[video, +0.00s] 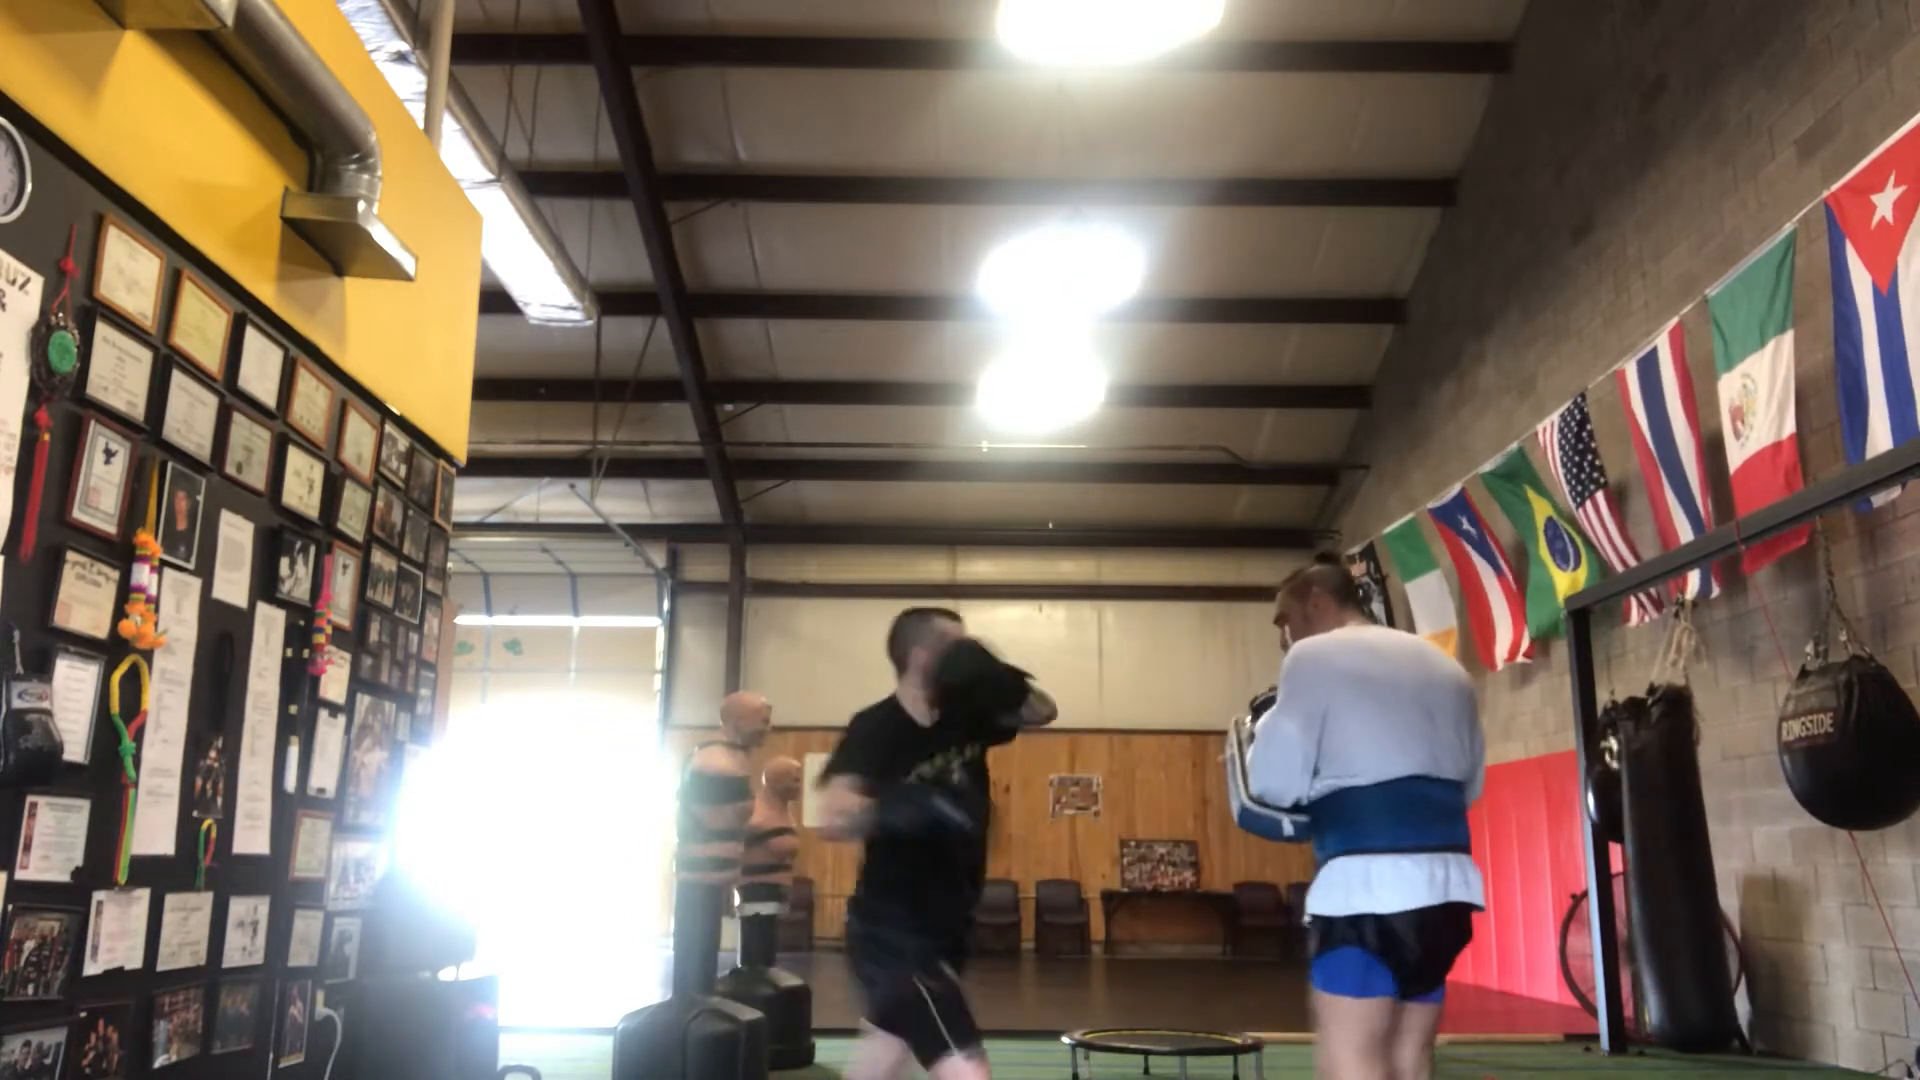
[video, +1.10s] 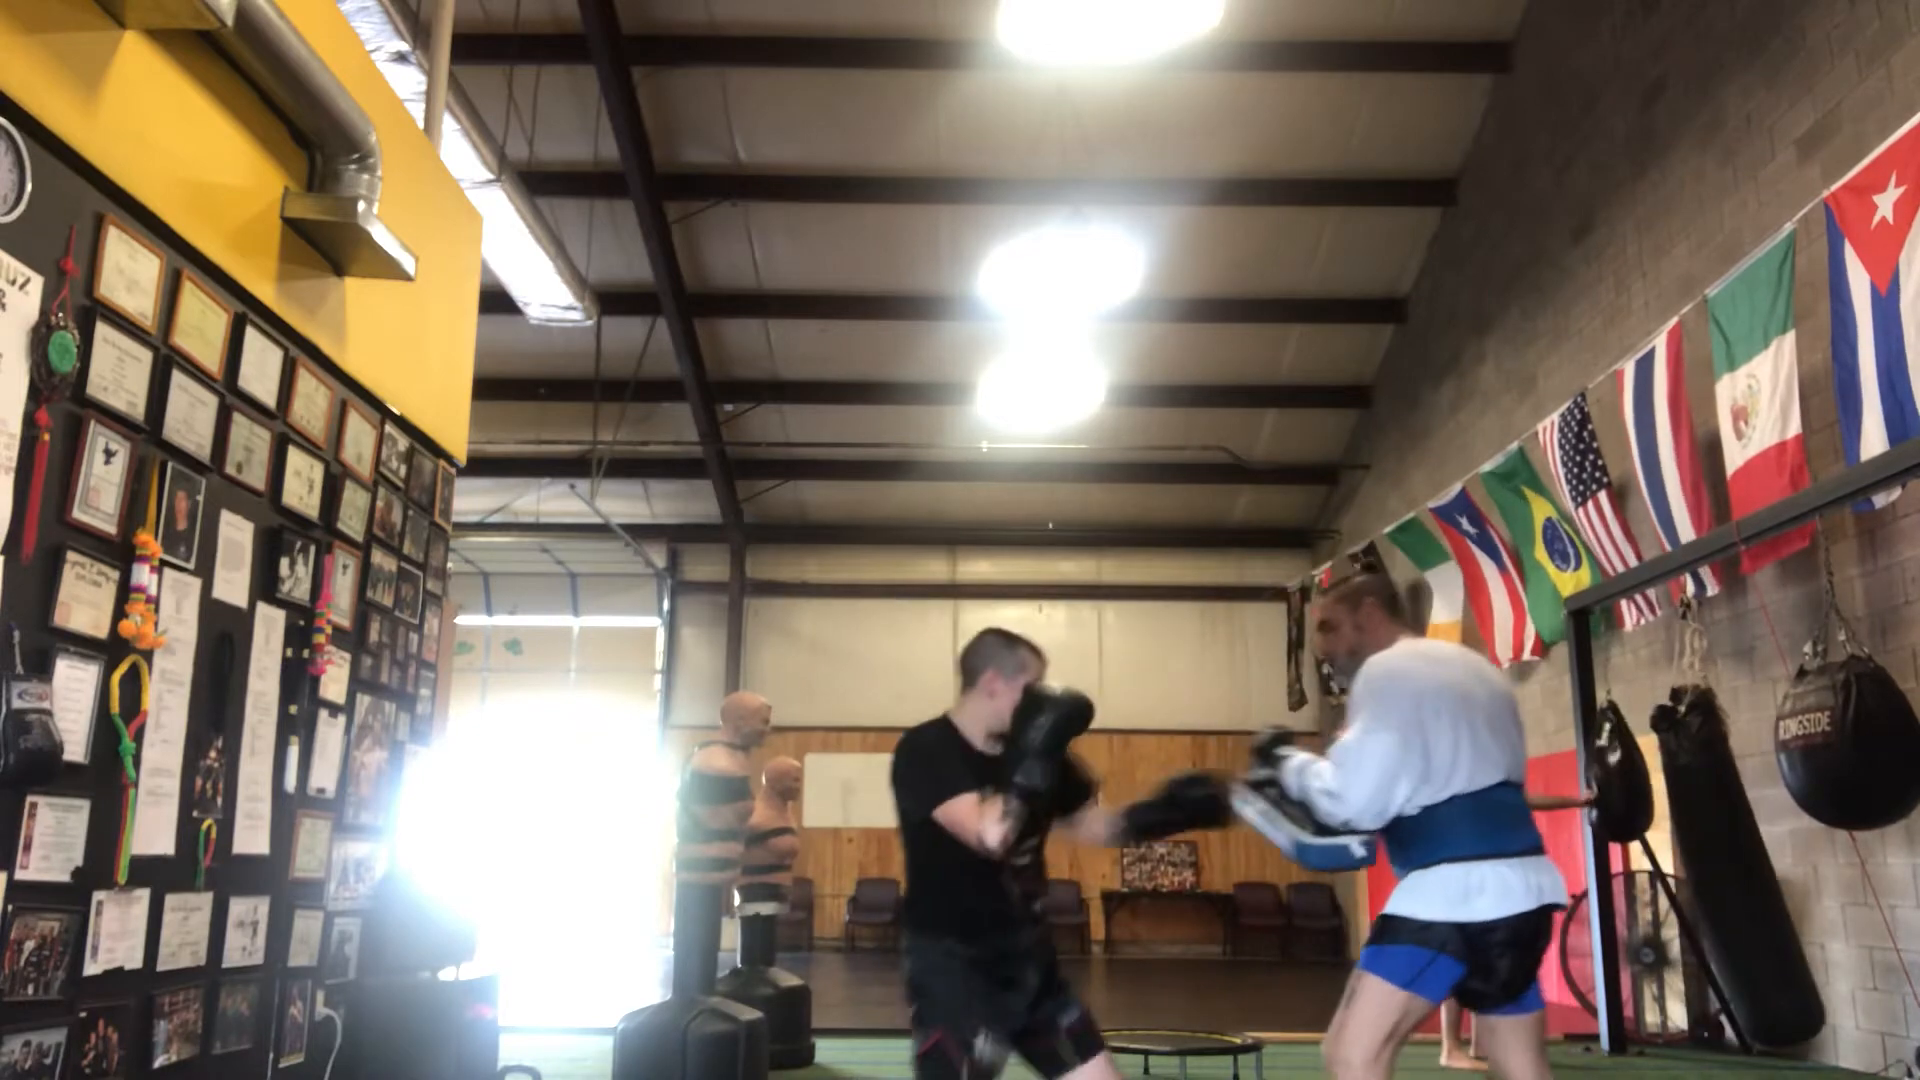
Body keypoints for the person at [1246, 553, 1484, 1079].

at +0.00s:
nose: (1285, 639)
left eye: (1284, 623)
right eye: (1280, 627)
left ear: (1314, 605)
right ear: (1348, 604)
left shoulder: (1312, 658)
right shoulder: (1443, 664)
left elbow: (1274, 785)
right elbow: (1470, 783)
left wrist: (1274, 726)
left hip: (1363, 900)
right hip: (1447, 899)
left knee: (1350, 1065)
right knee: (1412, 1064)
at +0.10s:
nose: (1294, 638)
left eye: (1292, 622)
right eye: (1289, 626)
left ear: (1322, 603)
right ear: (1355, 601)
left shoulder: (1320, 657)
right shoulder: (1453, 661)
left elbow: (1279, 781)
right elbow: (1472, 775)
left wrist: (1279, 717)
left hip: (1386, 894)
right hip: (1464, 889)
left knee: (1387, 1068)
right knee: (1403, 1059)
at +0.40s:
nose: (1330, 626)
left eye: (1334, 606)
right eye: (1330, 608)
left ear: (1373, 591)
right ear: (1401, 588)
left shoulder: (1379, 654)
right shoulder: (1483, 648)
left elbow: (1305, 751)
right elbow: (1421, 732)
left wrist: (1262, 687)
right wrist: (1341, 675)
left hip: (1425, 901)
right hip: (1499, 892)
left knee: (1420, 1067)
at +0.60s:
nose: (1361, 621)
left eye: (1367, 603)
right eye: (1360, 606)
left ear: (1409, 594)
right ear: (1421, 597)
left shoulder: (1420, 659)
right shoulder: (1511, 657)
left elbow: (1371, 781)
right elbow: (1475, 752)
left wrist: (1305, 727)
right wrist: (1382, 708)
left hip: (1451, 898)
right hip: (1530, 890)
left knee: (1434, 1067)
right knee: (1539, 1060)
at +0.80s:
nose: (1367, 634)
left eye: (1370, 614)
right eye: (1362, 620)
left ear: (1409, 600)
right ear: (1419, 603)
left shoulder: (1420, 663)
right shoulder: (1527, 662)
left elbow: (1392, 794)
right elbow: (1544, 769)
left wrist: (1328, 759)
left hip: (1468, 901)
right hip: (1550, 893)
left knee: (1436, 1069)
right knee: (1552, 1065)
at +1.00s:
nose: (1349, 643)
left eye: (1351, 624)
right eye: (1345, 629)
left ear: (1390, 607)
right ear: (1408, 610)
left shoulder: (1404, 666)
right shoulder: (1503, 664)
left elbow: (1380, 797)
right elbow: (1530, 775)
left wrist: (1318, 759)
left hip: (1460, 897)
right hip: (1542, 892)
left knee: (1379, 1054)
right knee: (1546, 1066)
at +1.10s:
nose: (1325, 650)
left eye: (1329, 630)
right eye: (1322, 634)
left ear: (1369, 613)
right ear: (1381, 615)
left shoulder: (1388, 675)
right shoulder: (1480, 668)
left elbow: (1356, 800)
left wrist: (1286, 759)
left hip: (1446, 899)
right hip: (1526, 894)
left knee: (1352, 1054)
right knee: (1520, 1063)